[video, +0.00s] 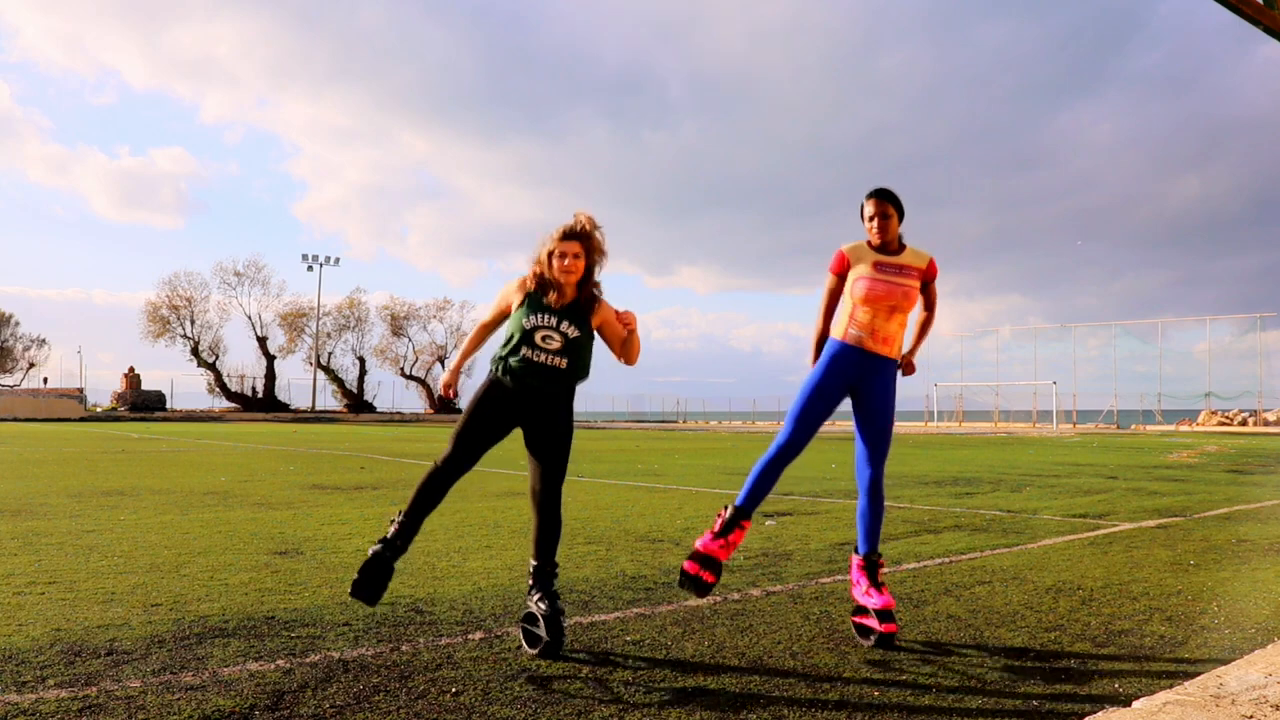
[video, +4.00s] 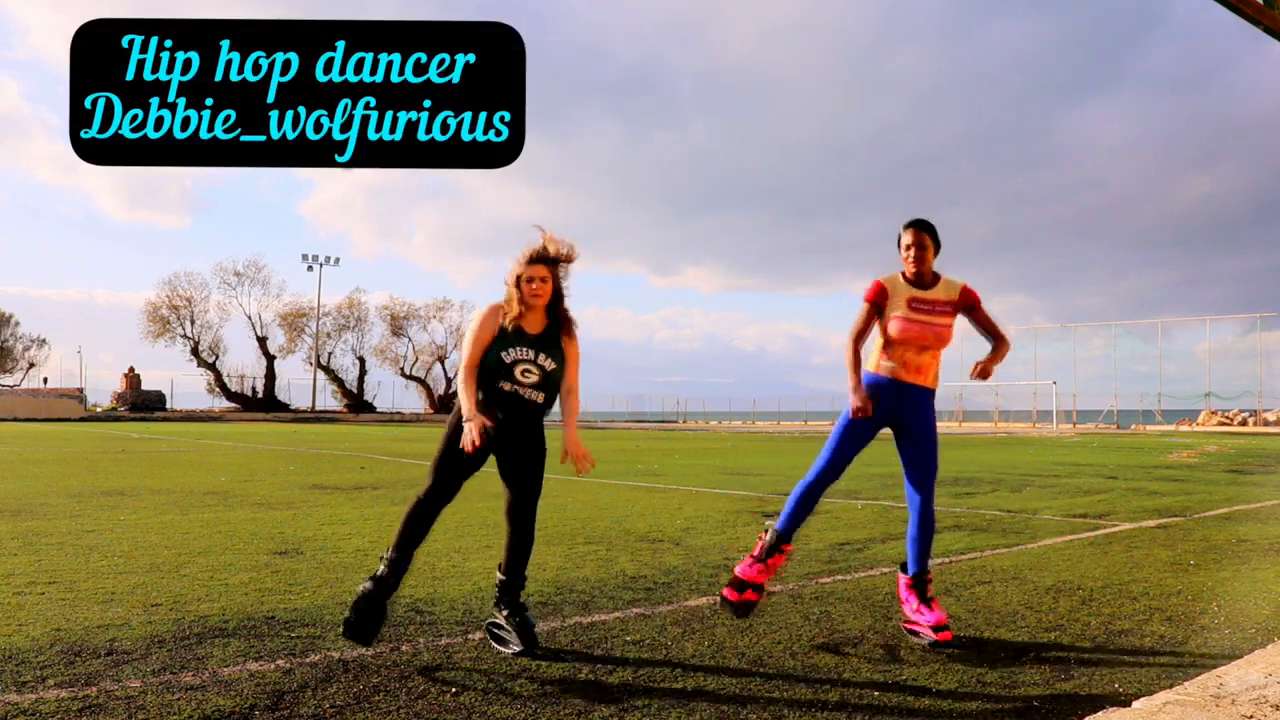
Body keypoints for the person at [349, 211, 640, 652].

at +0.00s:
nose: (568, 263)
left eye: (576, 257)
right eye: (561, 255)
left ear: (588, 264)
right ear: (549, 259)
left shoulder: (594, 308)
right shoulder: (524, 290)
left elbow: (628, 357)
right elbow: (488, 324)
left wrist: (632, 331)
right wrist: (455, 367)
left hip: (553, 406)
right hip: (503, 390)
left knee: (547, 496)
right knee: (452, 463)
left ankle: (542, 590)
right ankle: (393, 545)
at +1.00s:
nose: (461, 258)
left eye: (469, 251)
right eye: (454, 252)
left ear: (482, 257)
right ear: (443, 258)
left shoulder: (505, 289)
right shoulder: (429, 302)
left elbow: (542, 327)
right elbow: (417, 360)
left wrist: (578, 362)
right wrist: (423, 335)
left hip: (517, 390)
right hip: (468, 401)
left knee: (566, 466)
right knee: (467, 495)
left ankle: (623, 544)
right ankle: (470, 589)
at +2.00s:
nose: (551, 271)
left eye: (560, 265)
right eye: (547, 264)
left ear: (579, 274)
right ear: (540, 269)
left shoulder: (590, 323)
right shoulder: (516, 303)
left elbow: (611, 372)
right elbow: (477, 347)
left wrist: (609, 378)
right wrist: (453, 387)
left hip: (546, 420)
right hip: (496, 407)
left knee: (548, 509)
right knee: (440, 482)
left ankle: (543, 601)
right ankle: (373, 568)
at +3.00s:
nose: (486, 282)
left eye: (492, 276)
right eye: (478, 276)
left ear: (500, 280)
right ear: (462, 282)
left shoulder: (519, 321)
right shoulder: (444, 329)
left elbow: (547, 373)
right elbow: (434, 397)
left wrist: (572, 422)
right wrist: (445, 374)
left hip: (524, 421)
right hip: (476, 429)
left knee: (572, 498)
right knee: (487, 518)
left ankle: (609, 578)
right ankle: (493, 608)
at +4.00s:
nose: (535, 286)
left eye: (543, 280)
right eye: (528, 280)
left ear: (554, 286)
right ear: (517, 285)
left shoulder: (565, 334)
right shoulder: (494, 317)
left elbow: (569, 390)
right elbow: (467, 368)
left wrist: (571, 433)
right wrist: (470, 414)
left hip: (525, 429)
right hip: (479, 417)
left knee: (523, 513)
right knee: (434, 496)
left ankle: (509, 605)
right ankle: (382, 584)